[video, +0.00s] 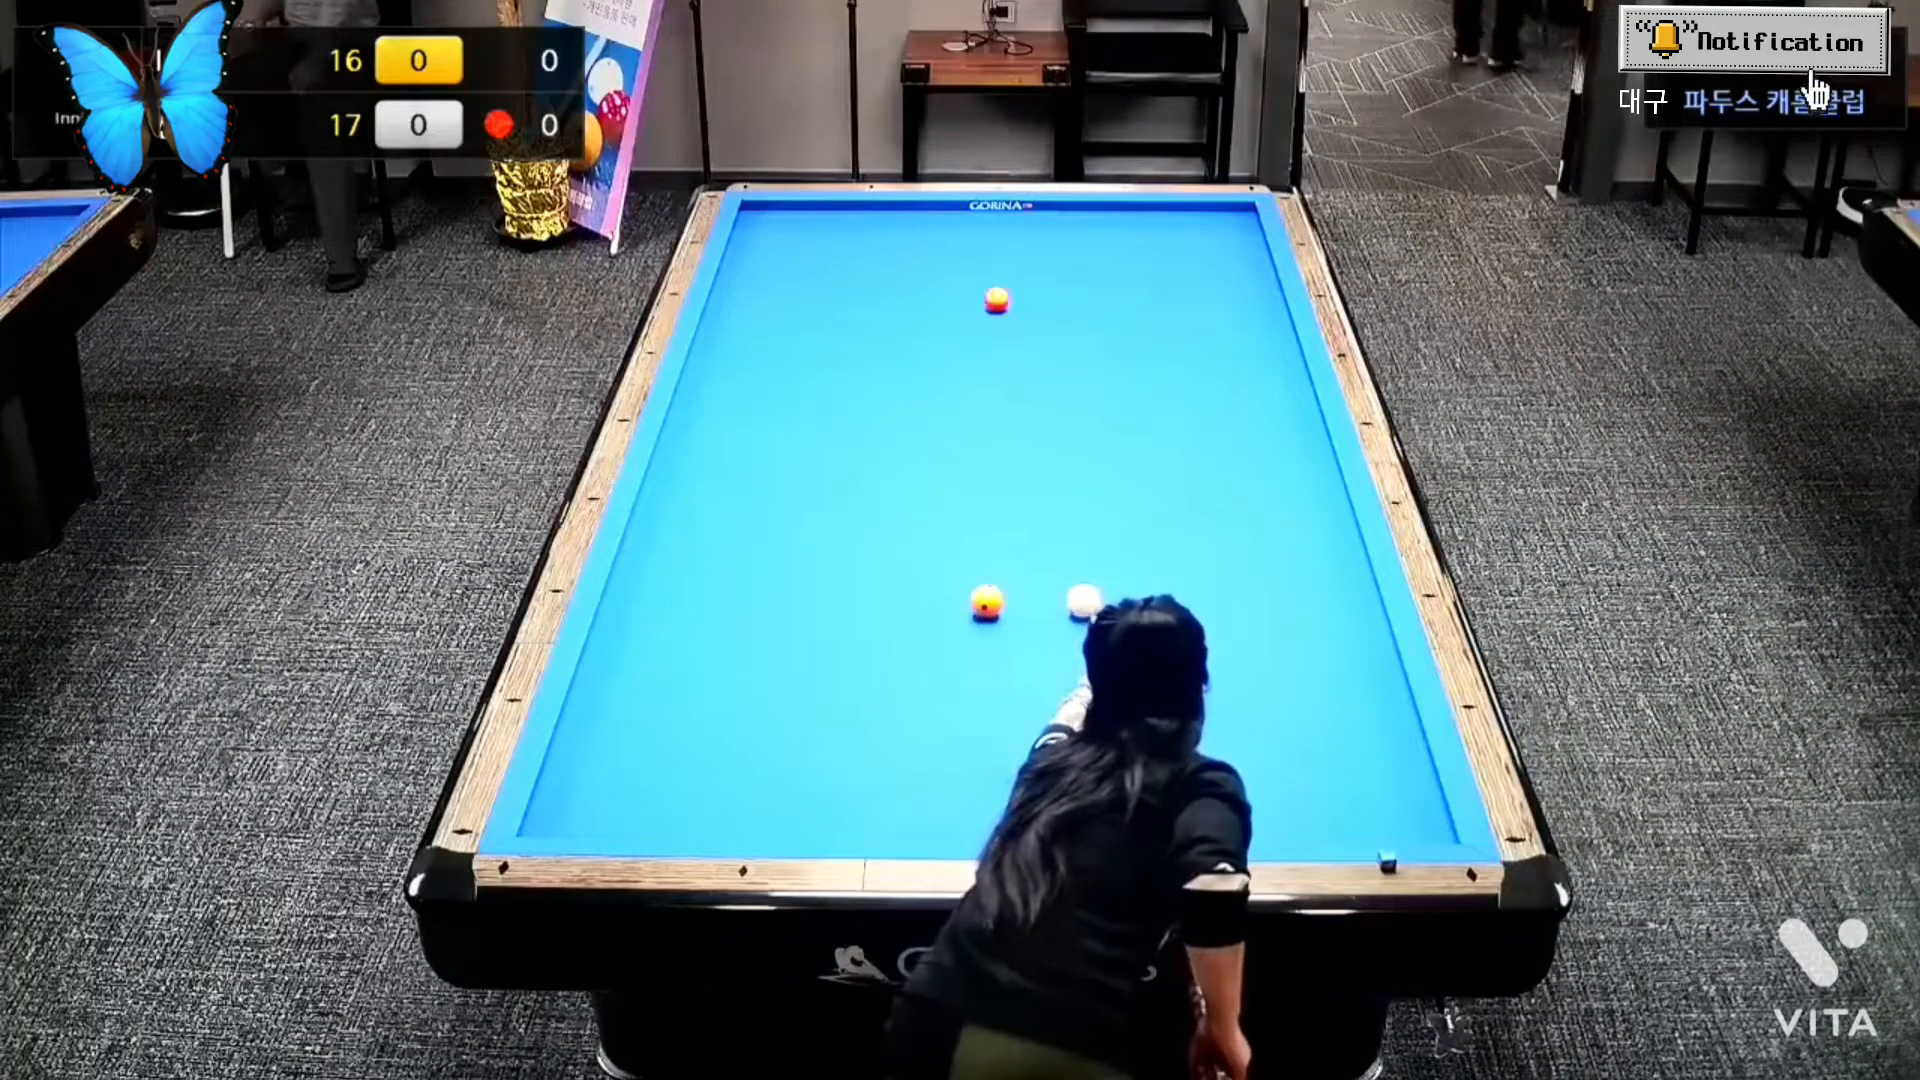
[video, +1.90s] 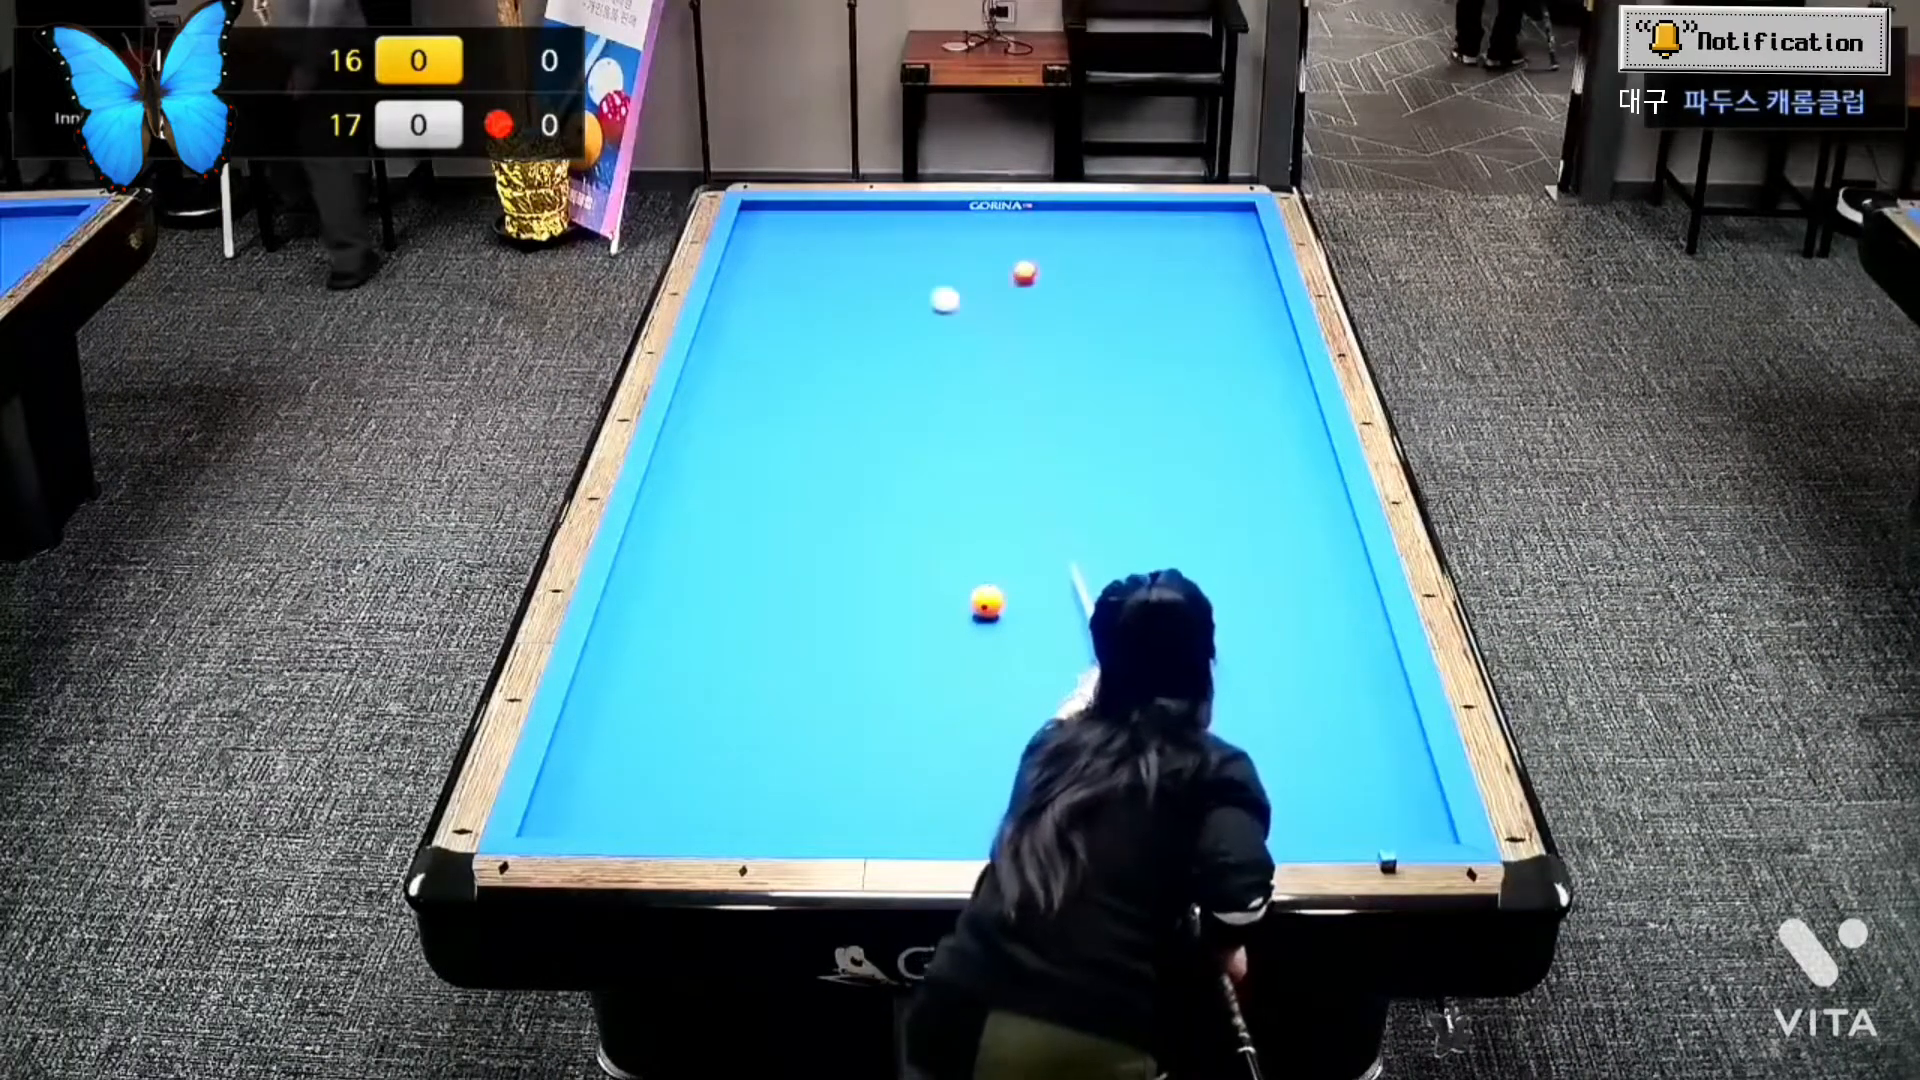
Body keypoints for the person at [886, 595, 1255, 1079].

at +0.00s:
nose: (1209, 681)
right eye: (1204, 671)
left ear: (1099, 687)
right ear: (1195, 684)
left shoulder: (1052, 758)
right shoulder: (1205, 781)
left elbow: (1077, 704)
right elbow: (1212, 889)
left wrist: (1099, 669)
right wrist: (1222, 1024)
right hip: (1083, 1041)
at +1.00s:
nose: (1214, 677)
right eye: (1209, 667)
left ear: (1102, 682)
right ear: (1200, 679)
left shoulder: (1055, 755)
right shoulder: (1212, 776)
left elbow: (1079, 705)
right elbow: (1221, 894)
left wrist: (1097, 673)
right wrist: (1234, 1052)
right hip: (1091, 1038)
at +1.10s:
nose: (1216, 672)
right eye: (1210, 662)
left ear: (1105, 679)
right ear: (1201, 676)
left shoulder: (1056, 755)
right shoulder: (1214, 775)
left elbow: (1078, 707)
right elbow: (1224, 896)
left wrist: (1101, 671)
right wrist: (1236, 1050)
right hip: (1101, 1040)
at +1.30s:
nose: (1219, 665)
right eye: (1212, 653)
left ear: (1107, 671)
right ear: (1202, 669)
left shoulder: (1059, 747)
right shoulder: (1218, 769)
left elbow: (1083, 698)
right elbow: (1233, 884)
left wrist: (1105, 660)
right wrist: (1239, 1041)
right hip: (1114, 1038)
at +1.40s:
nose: (1221, 665)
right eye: (1214, 654)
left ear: (1108, 669)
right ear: (1204, 668)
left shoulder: (1058, 748)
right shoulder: (1219, 770)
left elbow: (1085, 697)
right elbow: (1239, 887)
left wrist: (1106, 661)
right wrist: (1235, 976)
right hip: (1112, 1034)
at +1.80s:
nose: (1216, 661)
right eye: (1210, 649)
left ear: (1108, 661)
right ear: (1200, 662)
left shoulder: (1054, 744)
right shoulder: (1219, 769)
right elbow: (1238, 882)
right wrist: (1228, 943)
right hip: (1106, 1034)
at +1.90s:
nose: (1212, 662)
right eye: (1205, 650)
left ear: (1106, 659)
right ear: (1199, 660)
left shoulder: (1053, 742)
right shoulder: (1218, 767)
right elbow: (1237, 878)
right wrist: (1226, 944)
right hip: (1106, 1032)